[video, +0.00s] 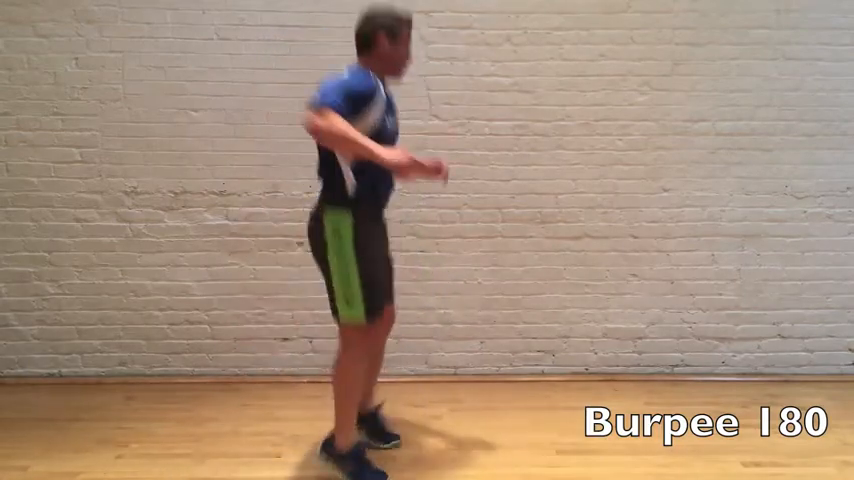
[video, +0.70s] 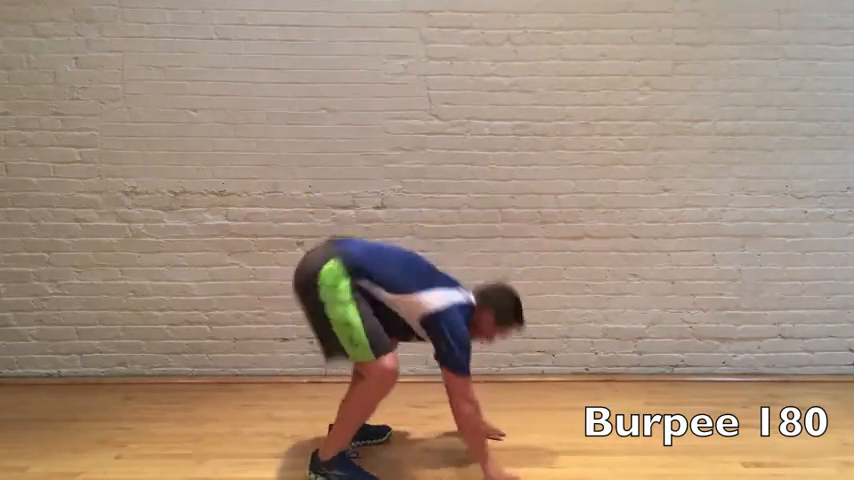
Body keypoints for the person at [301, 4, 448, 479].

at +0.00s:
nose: (409, 53)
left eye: (410, 44)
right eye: (404, 44)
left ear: (382, 45)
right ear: (380, 44)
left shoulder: (379, 93)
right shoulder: (354, 82)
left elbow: (374, 157)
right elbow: (318, 120)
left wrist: (416, 167)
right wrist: (380, 152)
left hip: (367, 219)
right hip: (342, 220)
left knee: (382, 317)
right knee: (358, 329)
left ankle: (362, 411)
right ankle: (341, 443)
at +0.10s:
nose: (422, 102)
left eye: (422, 93)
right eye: (418, 93)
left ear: (393, 93)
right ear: (396, 92)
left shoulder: (378, 133)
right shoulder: (373, 133)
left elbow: (369, 199)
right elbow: (376, 187)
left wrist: (410, 222)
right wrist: (443, 209)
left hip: (344, 256)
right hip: (333, 259)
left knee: (384, 350)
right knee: (384, 363)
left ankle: (349, 426)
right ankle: (330, 458)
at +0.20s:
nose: (443, 129)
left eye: (445, 121)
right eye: (441, 119)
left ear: (410, 113)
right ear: (420, 113)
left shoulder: (378, 144)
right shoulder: (391, 153)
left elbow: (363, 210)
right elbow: (403, 224)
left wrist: (398, 249)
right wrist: (462, 259)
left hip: (321, 255)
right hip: (325, 260)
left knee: (368, 349)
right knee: (381, 361)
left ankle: (348, 426)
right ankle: (330, 458)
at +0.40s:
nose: (475, 185)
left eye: (479, 177)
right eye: (476, 174)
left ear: (451, 160)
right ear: (457, 162)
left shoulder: (411, 174)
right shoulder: (423, 188)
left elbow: (400, 254)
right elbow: (427, 265)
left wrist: (431, 294)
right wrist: (459, 324)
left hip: (308, 245)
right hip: (310, 250)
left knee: (353, 346)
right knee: (363, 356)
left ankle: (345, 424)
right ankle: (326, 458)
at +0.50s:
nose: (484, 240)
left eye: (489, 234)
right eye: (486, 231)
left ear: (467, 213)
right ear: (470, 217)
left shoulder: (427, 218)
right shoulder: (429, 236)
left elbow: (425, 302)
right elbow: (437, 311)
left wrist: (457, 346)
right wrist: (469, 369)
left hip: (318, 259)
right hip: (307, 265)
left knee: (372, 328)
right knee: (370, 362)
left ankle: (347, 424)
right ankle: (326, 459)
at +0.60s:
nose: (488, 292)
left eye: (494, 286)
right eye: (491, 283)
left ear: (474, 265)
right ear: (477, 269)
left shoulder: (440, 263)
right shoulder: (437, 281)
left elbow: (444, 350)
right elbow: (450, 367)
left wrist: (465, 386)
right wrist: (481, 426)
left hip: (320, 274)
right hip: (311, 283)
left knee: (387, 335)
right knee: (384, 371)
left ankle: (348, 427)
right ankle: (327, 459)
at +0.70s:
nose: (494, 336)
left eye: (502, 333)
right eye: (499, 329)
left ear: (483, 304)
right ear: (486, 312)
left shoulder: (459, 300)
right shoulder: (451, 319)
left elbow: (459, 383)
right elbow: (462, 402)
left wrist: (476, 422)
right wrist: (488, 465)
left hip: (335, 258)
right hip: (326, 271)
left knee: (383, 347)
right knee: (381, 369)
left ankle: (348, 427)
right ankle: (328, 458)